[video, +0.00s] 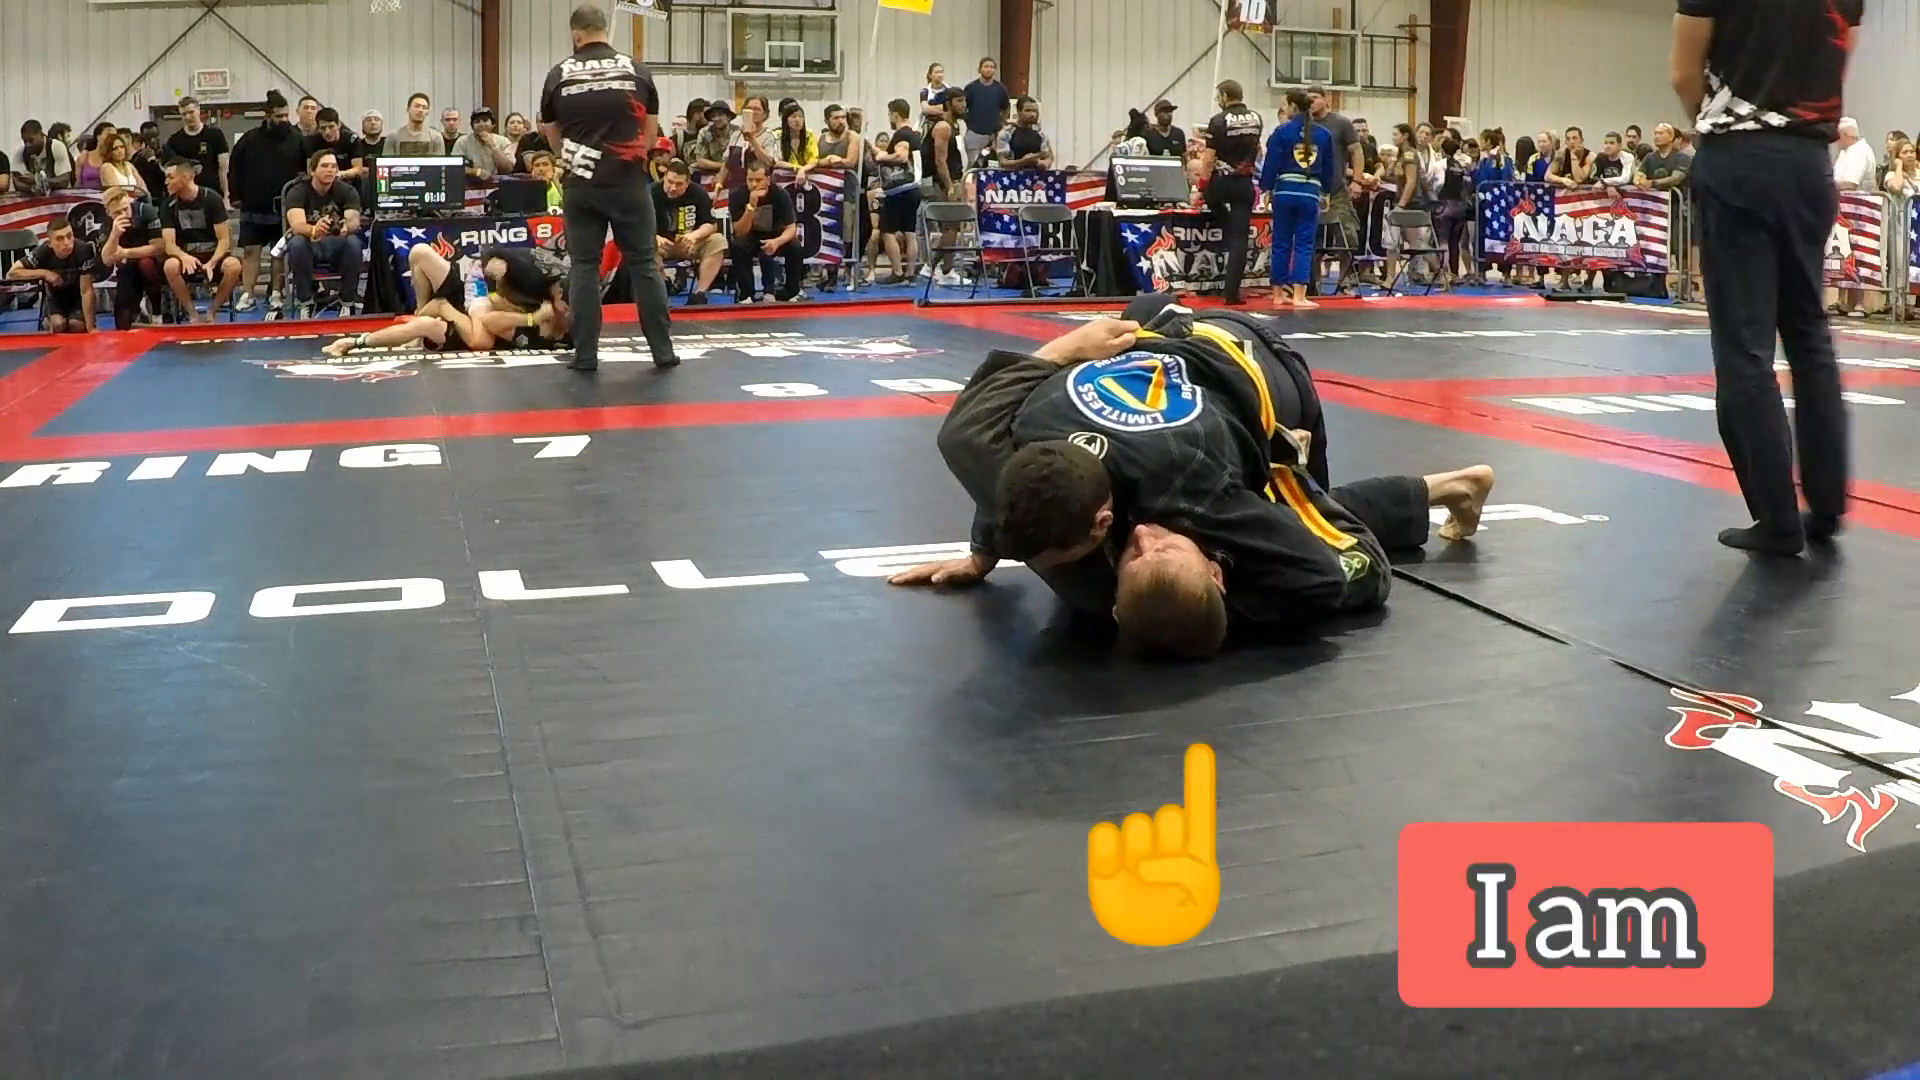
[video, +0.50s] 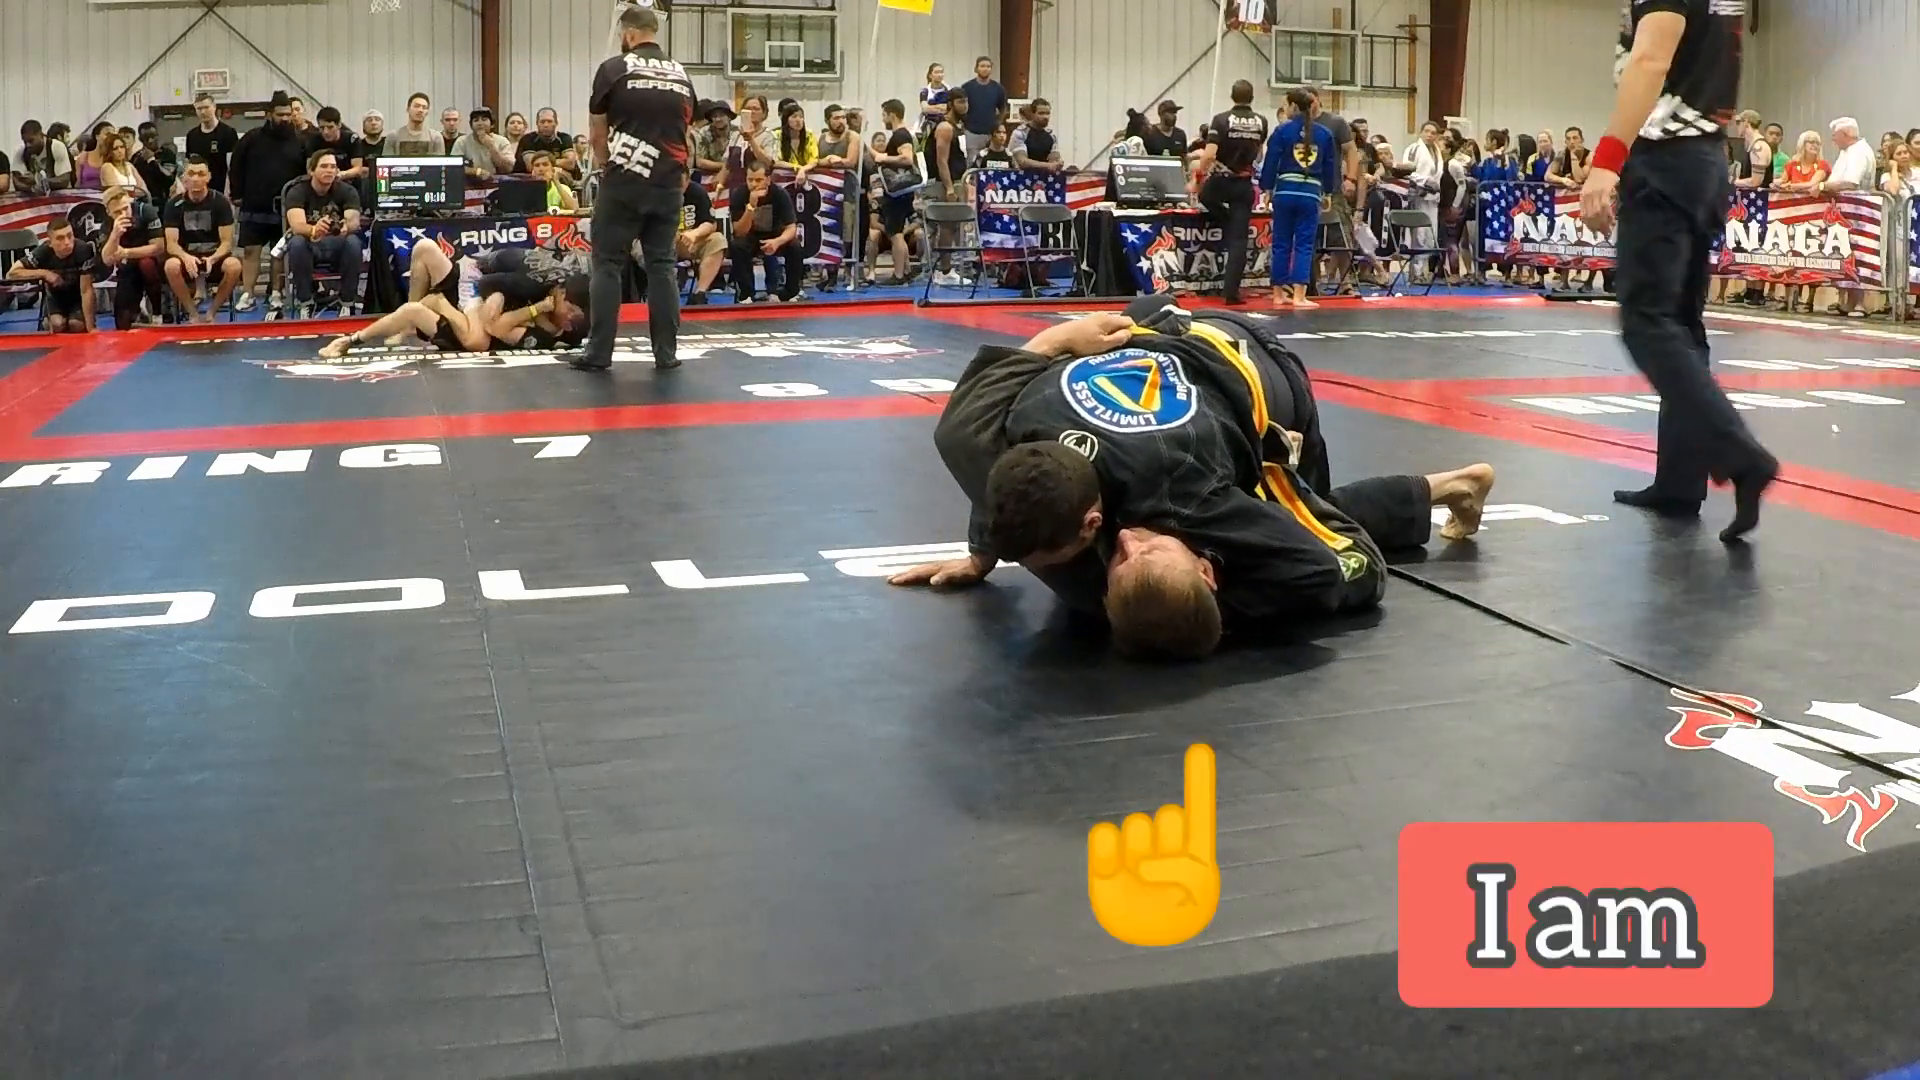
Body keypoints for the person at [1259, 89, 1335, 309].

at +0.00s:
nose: (1284, 109)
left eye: (1286, 105)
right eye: (1285, 104)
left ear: (1292, 106)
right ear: (1307, 106)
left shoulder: (1282, 131)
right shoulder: (1323, 134)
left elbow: (1271, 162)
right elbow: (1328, 167)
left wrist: (1266, 187)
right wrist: (1326, 190)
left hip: (1284, 191)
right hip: (1310, 193)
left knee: (1281, 242)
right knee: (1305, 243)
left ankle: (1278, 293)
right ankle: (1299, 296)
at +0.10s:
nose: (1284, 109)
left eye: (1286, 105)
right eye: (1285, 104)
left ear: (1292, 106)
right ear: (1307, 106)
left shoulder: (1282, 131)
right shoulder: (1323, 133)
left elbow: (1271, 162)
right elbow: (1328, 167)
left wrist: (1266, 187)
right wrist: (1325, 190)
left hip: (1284, 191)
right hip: (1310, 193)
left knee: (1281, 242)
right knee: (1305, 243)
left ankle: (1278, 293)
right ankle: (1299, 296)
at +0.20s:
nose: (1285, 108)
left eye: (1286, 105)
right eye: (1286, 104)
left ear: (1292, 106)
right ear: (1308, 106)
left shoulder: (1282, 130)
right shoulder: (1323, 133)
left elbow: (1271, 161)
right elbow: (1328, 166)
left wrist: (1266, 187)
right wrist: (1326, 191)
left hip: (1284, 191)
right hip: (1310, 193)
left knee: (1281, 242)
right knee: (1305, 243)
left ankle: (1278, 293)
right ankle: (1299, 295)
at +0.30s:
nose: (1285, 109)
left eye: (1286, 105)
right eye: (1286, 105)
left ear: (1292, 106)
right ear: (1309, 106)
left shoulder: (1282, 130)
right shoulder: (1324, 133)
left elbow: (1271, 161)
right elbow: (1329, 166)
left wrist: (1266, 188)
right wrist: (1327, 191)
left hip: (1284, 191)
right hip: (1310, 193)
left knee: (1281, 242)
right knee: (1305, 243)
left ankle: (1278, 292)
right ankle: (1299, 296)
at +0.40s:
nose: (1285, 108)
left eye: (1287, 105)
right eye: (1286, 104)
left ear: (1292, 106)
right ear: (1310, 106)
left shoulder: (1282, 130)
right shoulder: (1324, 133)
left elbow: (1270, 161)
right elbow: (1330, 166)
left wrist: (1266, 188)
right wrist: (1328, 191)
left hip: (1284, 192)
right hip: (1311, 194)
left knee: (1281, 242)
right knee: (1305, 244)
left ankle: (1278, 293)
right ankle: (1299, 296)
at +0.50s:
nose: (1285, 108)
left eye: (1287, 105)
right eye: (1286, 105)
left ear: (1292, 106)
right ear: (1311, 106)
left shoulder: (1282, 130)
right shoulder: (1325, 134)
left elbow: (1270, 161)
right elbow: (1330, 166)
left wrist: (1266, 188)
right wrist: (1328, 191)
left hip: (1284, 191)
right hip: (1311, 194)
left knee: (1281, 242)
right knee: (1305, 244)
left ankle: (1278, 293)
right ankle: (1299, 296)